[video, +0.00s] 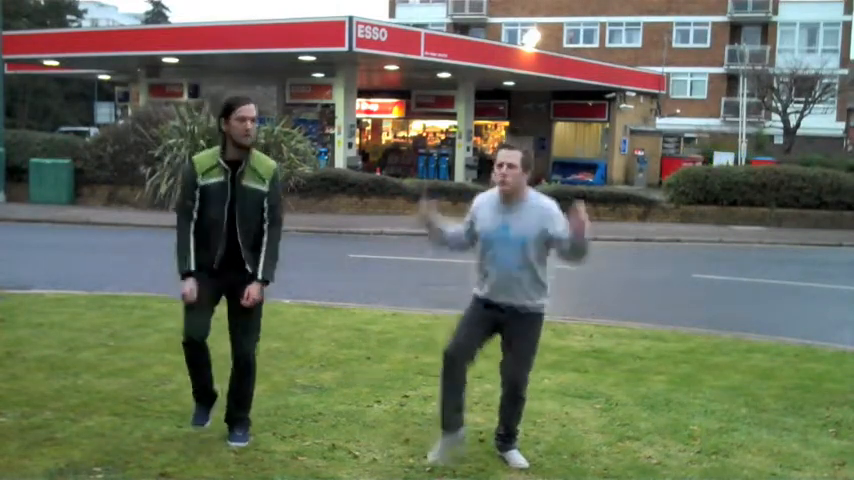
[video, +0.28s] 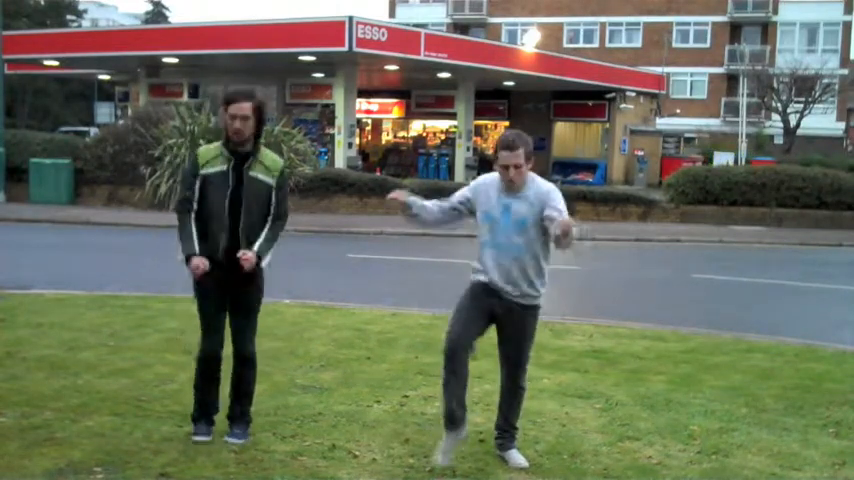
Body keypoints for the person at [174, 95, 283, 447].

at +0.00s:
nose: (250, 127)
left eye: (253, 121)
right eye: (242, 120)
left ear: (257, 126)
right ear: (224, 124)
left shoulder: (269, 171)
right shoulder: (199, 166)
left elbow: (273, 228)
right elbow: (185, 221)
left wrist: (261, 279)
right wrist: (187, 274)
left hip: (247, 274)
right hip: (205, 272)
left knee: (244, 353)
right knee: (193, 337)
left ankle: (239, 421)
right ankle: (204, 400)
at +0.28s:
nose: (237, 126)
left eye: (245, 119)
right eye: (232, 118)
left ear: (257, 124)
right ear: (223, 120)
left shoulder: (274, 167)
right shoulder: (202, 158)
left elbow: (279, 218)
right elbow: (186, 209)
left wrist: (257, 252)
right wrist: (193, 254)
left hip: (247, 269)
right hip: (209, 268)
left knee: (244, 349)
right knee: (211, 347)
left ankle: (240, 421)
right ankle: (203, 419)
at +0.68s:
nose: (218, 130)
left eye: (226, 124)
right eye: (215, 123)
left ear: (243, 128)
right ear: (211, 125)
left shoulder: (264, 167)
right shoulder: (196, 162)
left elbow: (275, 212)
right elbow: (182, 206)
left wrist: (257, 216)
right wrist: (188, 210)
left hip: (242, 269)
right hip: (203, 267)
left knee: (243, 349)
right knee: (193, 343)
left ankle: (242, 422)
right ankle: (183, 418)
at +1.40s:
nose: (180, 136)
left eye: (187, 130)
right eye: (177, 130)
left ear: (205, 131)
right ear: (173, 131)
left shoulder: (230, 159)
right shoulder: (171, 169)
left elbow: (271, 193)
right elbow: (154, 221)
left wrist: (229, 195)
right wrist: (147, 207)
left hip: (235, 261)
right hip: (199, 263)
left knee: (231, 342)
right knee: (197, 342)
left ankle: (229, 425)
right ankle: (201, 418)